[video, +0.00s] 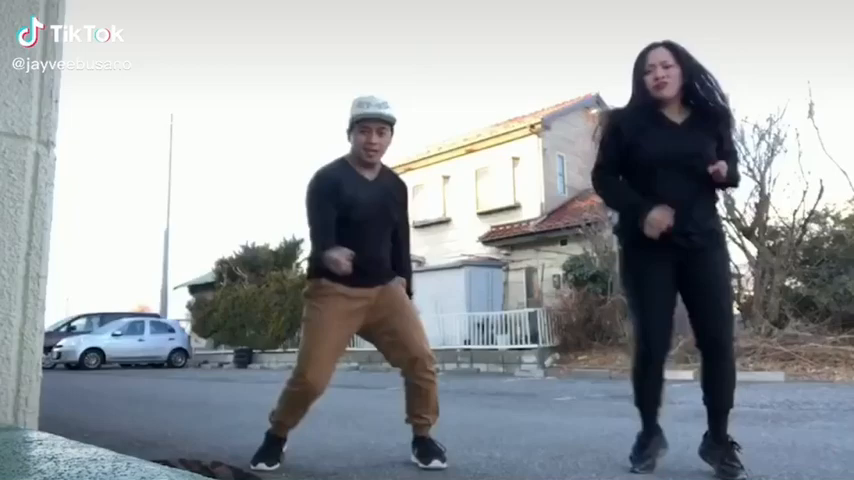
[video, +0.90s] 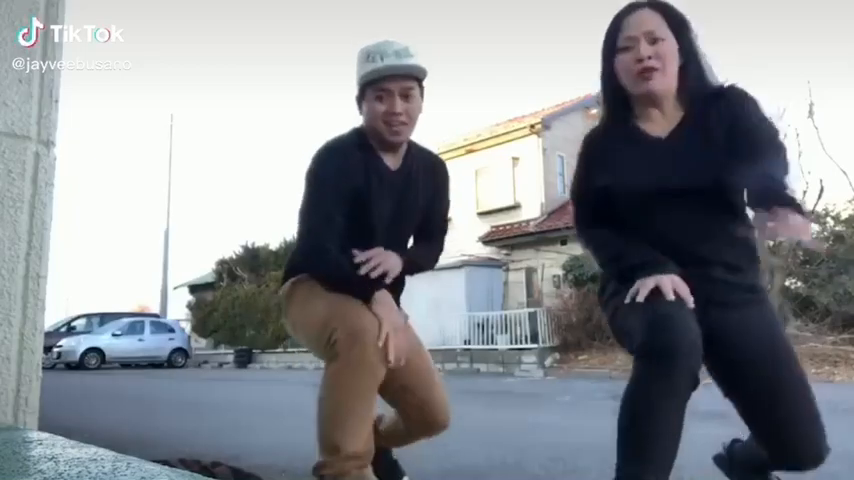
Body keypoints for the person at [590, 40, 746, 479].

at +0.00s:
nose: (658, 75)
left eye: (666, 67)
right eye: (649, 70)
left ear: (684, 72)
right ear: (640, 80)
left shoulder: (712, 118)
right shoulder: (625, 122)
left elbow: (731, 170)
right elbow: (603, 177)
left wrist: (724, 172)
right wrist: (642, 210)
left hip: (704, 244)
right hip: (647, 248)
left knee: (718, 340)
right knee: (652, 342)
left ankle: (717, 437)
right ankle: (650, 431)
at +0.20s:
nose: (675, 89)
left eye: (682, 81)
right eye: (666, 84)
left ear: (698, 87)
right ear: (656, 94)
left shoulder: (728, 140)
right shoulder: (641, 147)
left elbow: (765, 186)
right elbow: (614, 201)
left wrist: (753, 136)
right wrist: (602, 247)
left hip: (721, 260)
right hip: (661, 261)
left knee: (734, 354)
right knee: (698, 341)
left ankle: (713, 446)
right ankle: (662, 405)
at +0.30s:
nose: (677, 63)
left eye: (686, 55)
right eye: (668, 58)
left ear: (701, 62)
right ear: (659, 67)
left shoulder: (726, 110)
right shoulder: (642, 115)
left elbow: (767, 133)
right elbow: (605, 158)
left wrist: (735, 77)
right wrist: (592, 198)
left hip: (722, 237)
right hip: (659, 228)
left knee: (723, 345)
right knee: (706, 276)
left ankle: (714, 440)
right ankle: (671, 355)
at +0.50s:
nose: (681, 36)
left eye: (690, 28)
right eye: (671, 31)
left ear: (709, 38)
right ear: (657, 45)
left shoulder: (732, 82)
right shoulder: (644, 87)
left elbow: (776, 115)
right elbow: (617, 143)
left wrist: (736, 49)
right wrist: (615, 196)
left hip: (730, 213)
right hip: (664, 208)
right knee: (698, 284)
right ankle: (676, 423)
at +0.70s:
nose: (683, 65)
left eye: (693, 54)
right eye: (671, 59)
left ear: (713, 62)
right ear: (660, 74)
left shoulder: (747, 115)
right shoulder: (639, 128)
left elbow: (748, 141)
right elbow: (625, 195)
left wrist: (689, 116)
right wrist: (649, 246)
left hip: (745, 256)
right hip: (672, 255)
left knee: (783, 389)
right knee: (669, 351)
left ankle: (731, 466)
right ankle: (657, 470)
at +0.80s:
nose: (666, 58)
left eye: (677, 47)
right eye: (653, 52)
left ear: (701, 57)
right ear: (641, 70)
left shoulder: (737, 102)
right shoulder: (627, 131)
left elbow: (733, 145)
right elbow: (620, 207)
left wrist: (645, 150)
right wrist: (659, 254)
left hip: (740, 269)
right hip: (661, 269)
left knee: (791, 415)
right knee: (670, 359)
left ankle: (733, 467)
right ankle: (640, 474)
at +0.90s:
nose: (643, 53)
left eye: (656, 40)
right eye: (628, 46)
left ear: (681, 51)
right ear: (612, 68)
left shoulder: (726, 107)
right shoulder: (602, 144)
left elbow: (760, 152)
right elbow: (593, 224)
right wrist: (646, 268)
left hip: (728, 286)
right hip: (641, 287)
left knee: (803, 447)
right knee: (673, 342)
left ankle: (742, 462)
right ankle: (639, 473)